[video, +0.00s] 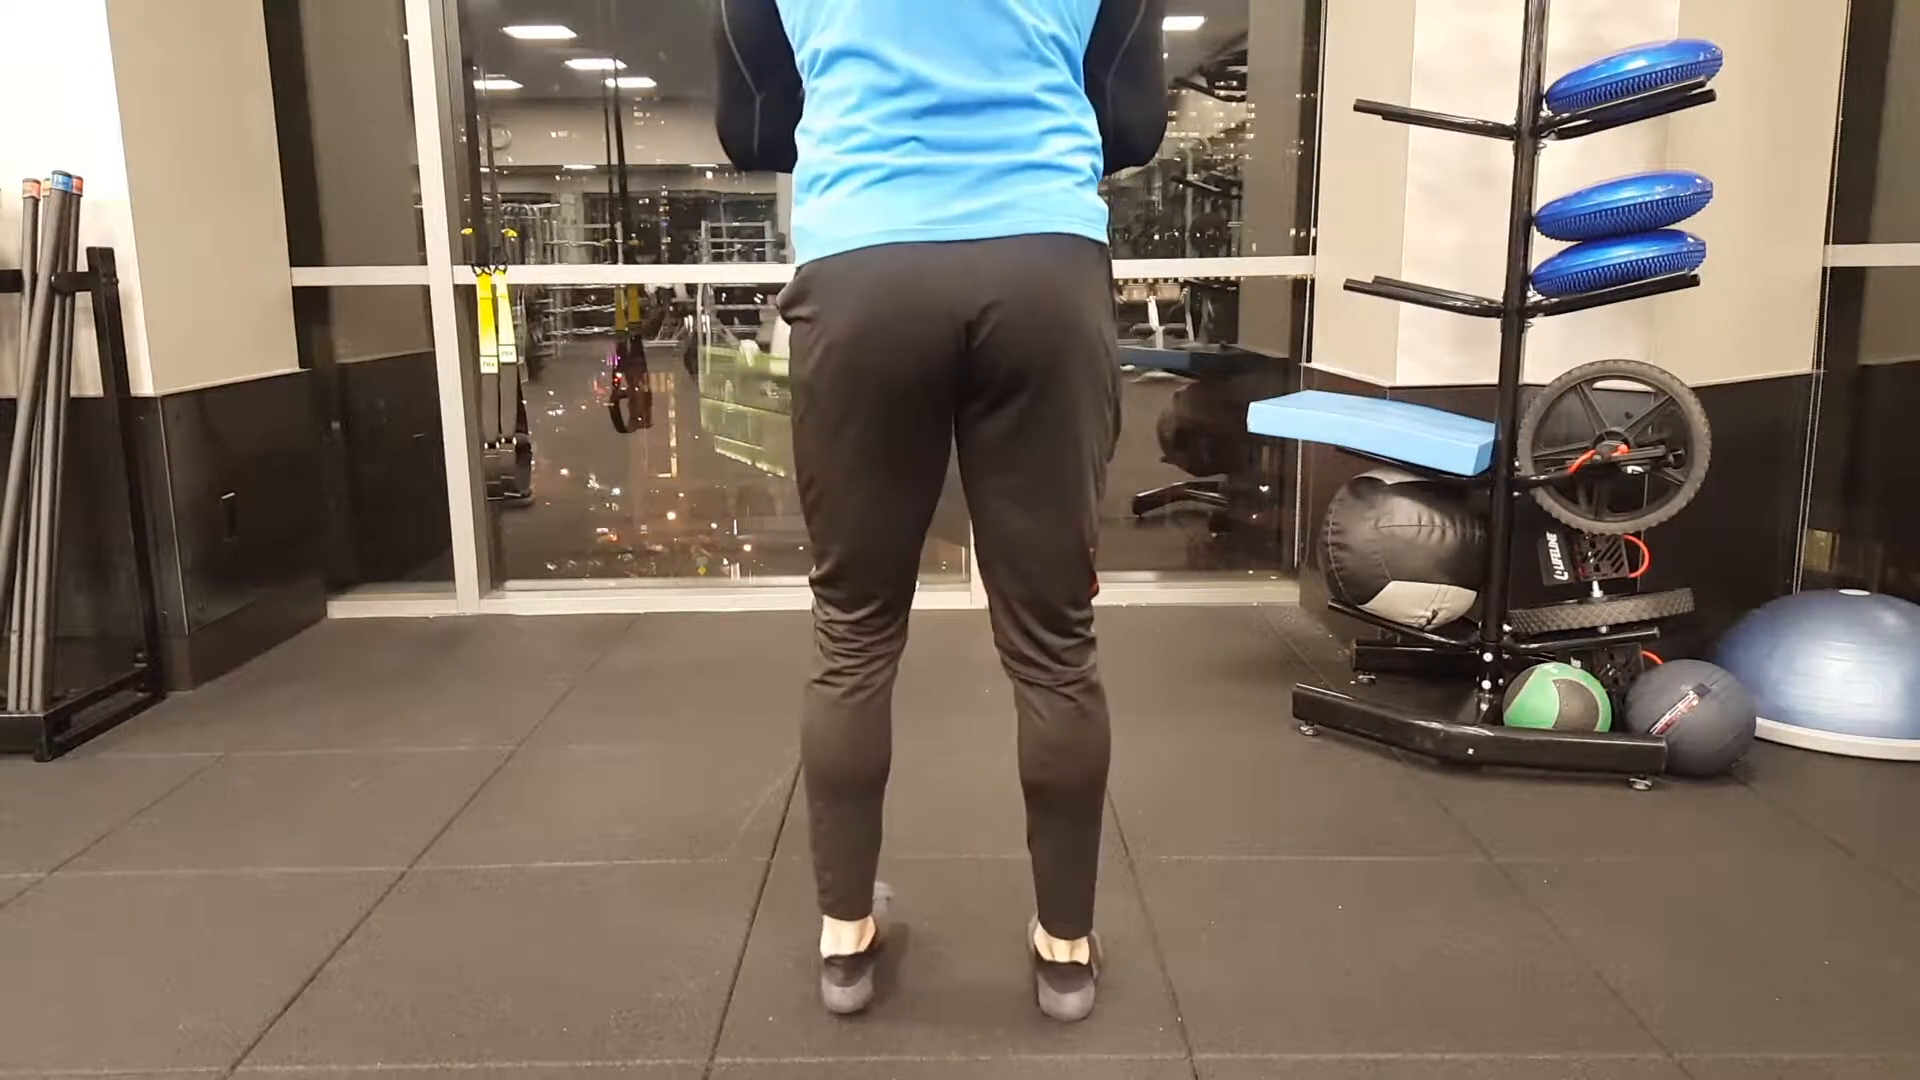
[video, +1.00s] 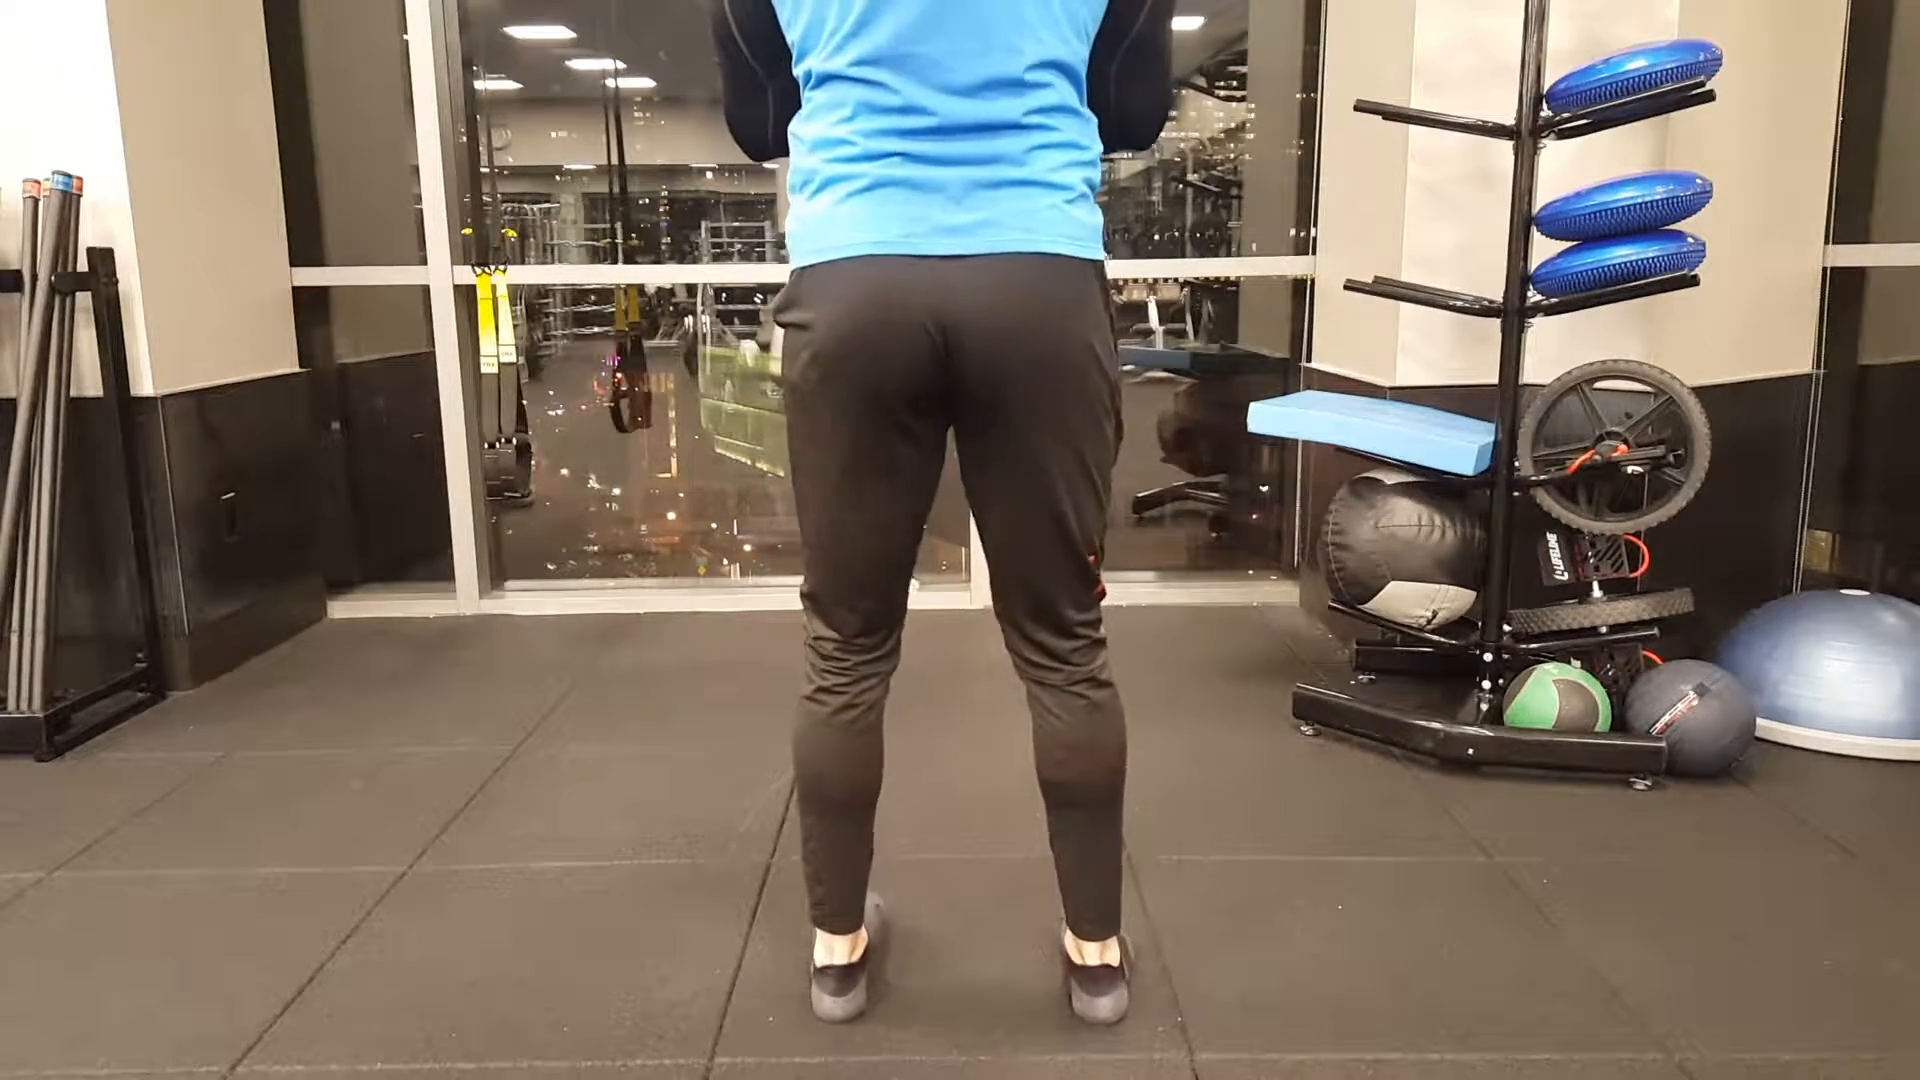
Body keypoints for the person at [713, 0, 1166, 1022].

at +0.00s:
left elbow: (753, 135)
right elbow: (1132, 128)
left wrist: (882, 117)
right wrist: (1004, 137)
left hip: (866, 268)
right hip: (1047, 260)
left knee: (854, 627)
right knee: (1052, 635)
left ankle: (845, 941)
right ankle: (1065, 954)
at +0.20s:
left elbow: (746, 141)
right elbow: (1123, 120)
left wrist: (871, 121)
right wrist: (1001, 117)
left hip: (849, 270)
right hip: (1031, 266)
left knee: (845, 638)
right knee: (1046, 621)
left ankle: (842, 951)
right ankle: (1076, 943)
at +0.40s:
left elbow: (744, 124)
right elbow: (1122, 114)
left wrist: (877, 102)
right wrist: (998, 101)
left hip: (848, 266)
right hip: (1031, 269)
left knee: (847, 637)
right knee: (1056, 627)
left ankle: (841, 950)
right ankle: (1094, 954)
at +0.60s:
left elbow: (767, 117)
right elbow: (1138, 123)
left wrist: (901, 90)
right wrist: (1010, 88)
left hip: (871, 267)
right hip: (1054, 265)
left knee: (854, 632)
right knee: (1071, 639)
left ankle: (838, 940)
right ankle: (1096, 958)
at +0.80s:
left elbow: (762, 120)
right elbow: (1137, 115)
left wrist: (889, 91)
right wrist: (1008, 89)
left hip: (859, 275)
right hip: (1042, 272)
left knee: (851, 646)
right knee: (1064, 638)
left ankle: (839, 953)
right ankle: (1095, 957)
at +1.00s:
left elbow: (759, 126)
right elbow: (1134, 117)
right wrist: (1011, 71)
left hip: (854, 278)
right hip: (1039, 278)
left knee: (845, 645)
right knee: (1062, 637)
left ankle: (836, 954)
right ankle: (1096, 958)